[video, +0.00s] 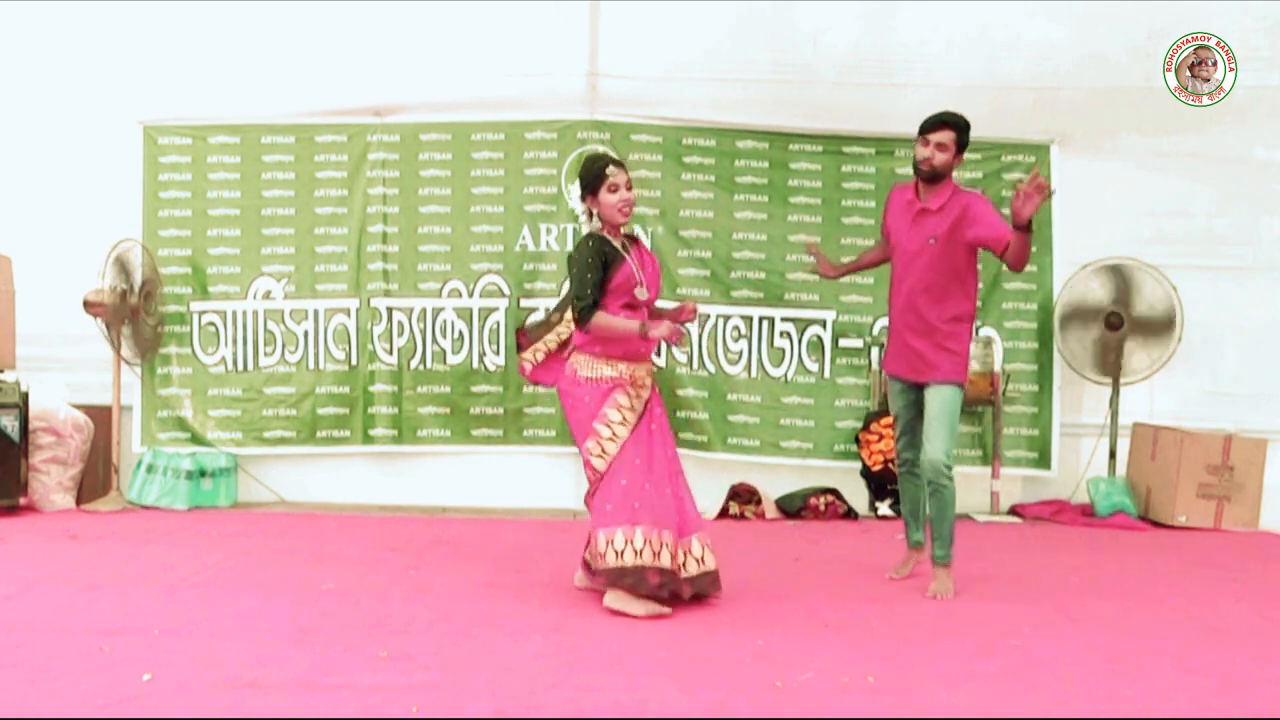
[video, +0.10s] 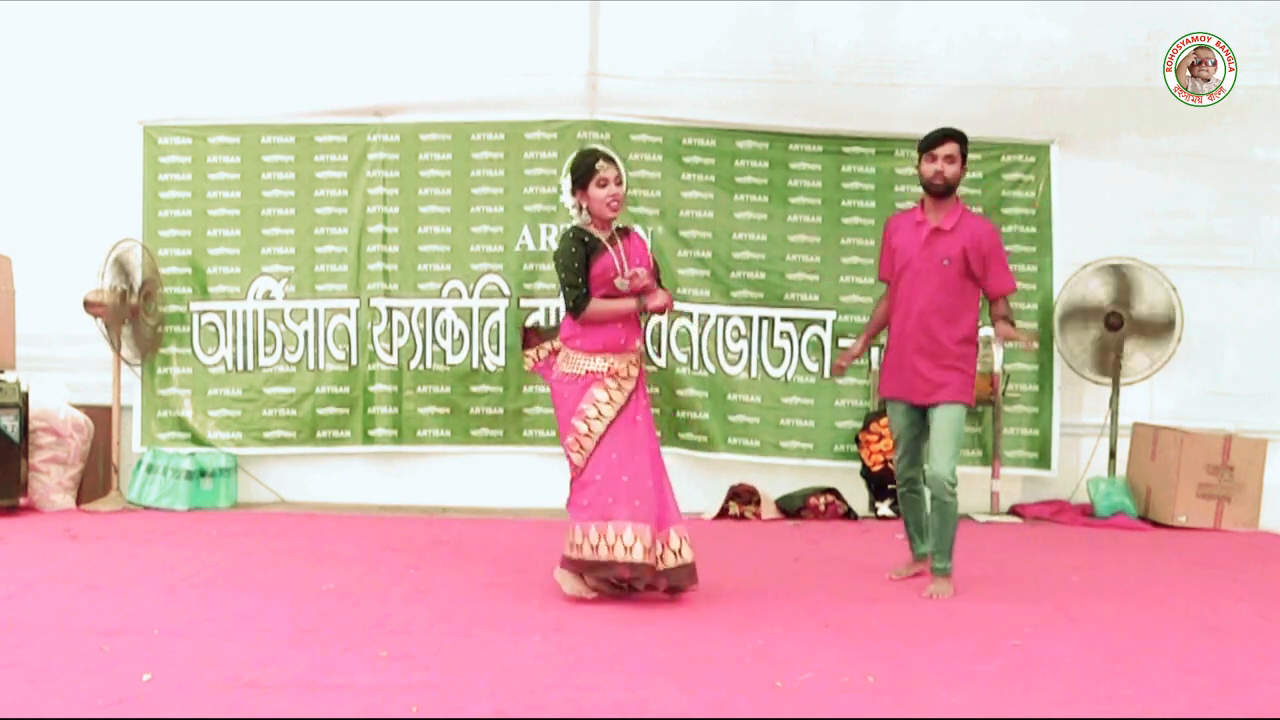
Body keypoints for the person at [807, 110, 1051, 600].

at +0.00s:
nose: (931, 152)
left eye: (943, 147)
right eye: (926, 143)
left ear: (958, 159)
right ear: (914, 147)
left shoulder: (971, 206)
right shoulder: (898, 197)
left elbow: (1017, 261)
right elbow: (889, 249)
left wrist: (1021, 225)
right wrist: (842, 269)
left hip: (947, 351)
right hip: (901, 347)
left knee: (935, 461)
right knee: (907, 457)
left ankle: (942, 566)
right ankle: (915, 548)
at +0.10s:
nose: (941, 167)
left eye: (951, 160)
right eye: (933, 158)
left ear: (963, 170)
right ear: (919, 166)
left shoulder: (979, 231)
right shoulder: (898, 225)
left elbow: (999, 300)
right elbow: (891, 295)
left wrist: (1004, 325)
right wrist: (860, 345)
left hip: (951, 370)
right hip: (900, 367)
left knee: (939, 475)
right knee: (907, 472)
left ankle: (942, 569)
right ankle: (922, 554)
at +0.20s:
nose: (945, 170)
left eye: (954, 163)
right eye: (936, 163)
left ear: (967, 173)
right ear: (922, 172)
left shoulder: (983, 236)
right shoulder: (898, 231)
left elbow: (995, 304)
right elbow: (882, 300)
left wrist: (990, 343)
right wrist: (897, 346)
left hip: (960, 376)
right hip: (906, 372)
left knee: (954, 478)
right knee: (903, 477)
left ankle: (942, 570)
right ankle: (917, 550)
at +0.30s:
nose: (947, 154)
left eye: (955, 146)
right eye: (936, 148)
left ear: (968, 155)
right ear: (922, 157)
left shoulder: (987, 214)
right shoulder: (901, 212)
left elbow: (1000, 284)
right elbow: (884, 288)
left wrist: (1005, 302)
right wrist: (944, 296)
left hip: (965, 362)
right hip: (911, 362)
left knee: (957, 470)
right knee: (912, 470)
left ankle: (940, 570)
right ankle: (917, 548)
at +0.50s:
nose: (949, 158)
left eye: (956, 149)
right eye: (938, 152)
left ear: (969, 155)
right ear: (924, 160)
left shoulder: (982, 213)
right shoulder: (911, 219)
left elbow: (1013, 268)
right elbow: (917, 291)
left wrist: (1026, 274)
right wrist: (981, 261)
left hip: (968, 360)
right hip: (918, 362)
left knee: (979, 471)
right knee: (919, 469)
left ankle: (982, 575)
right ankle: (911, 552)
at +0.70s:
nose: (934, 161)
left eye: (942, 151)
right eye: (923, 154)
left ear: (958, 155)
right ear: (911, 161)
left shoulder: (976, 211)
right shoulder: (900, 216)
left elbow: (1022, 257)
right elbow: (910, 284)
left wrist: (1054, 244)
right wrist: (961, 234)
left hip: (960, 360)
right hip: (909, 361)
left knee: (970, 469)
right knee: (926, 465)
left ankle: (975, 573)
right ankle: (911, 549)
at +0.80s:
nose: (925, 154)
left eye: (934, 144)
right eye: (915, 146)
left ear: (949, 147)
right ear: (902, 152)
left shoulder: (965, 197)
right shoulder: (890, 205)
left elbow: (1020, 236)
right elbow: (904, 269)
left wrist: (1065, 226)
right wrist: (958, 221)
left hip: (950, 350)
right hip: (899, 349)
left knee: (957, 458)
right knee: (912, 459)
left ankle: (956, 561)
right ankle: (908, 559)